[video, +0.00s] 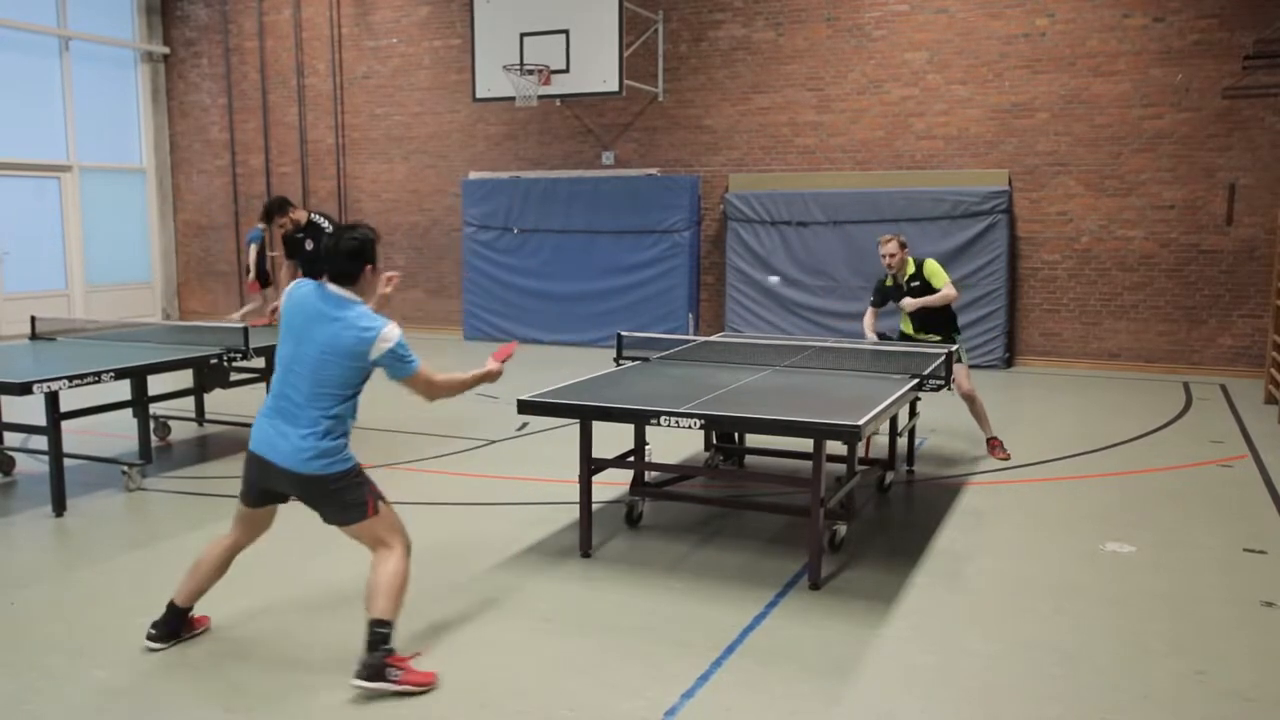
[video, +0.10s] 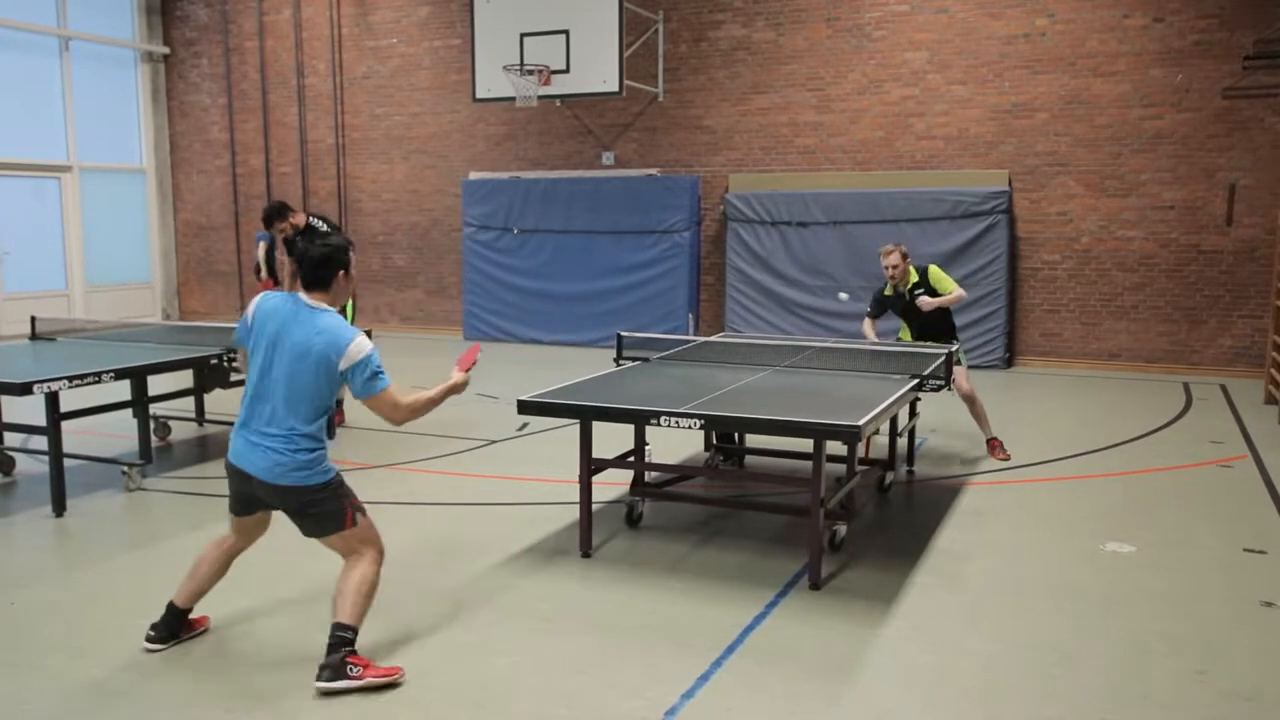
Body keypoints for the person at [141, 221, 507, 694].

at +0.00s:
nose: (382, 267)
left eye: (379, 261)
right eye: (377, 262)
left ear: (327, 266)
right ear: (366, 271)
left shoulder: (296, 294)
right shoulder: (376, 331)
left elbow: (337, 315)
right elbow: (431, 387)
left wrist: (369, 298)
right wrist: (485, 374)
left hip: (264, 451)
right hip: (321, 464)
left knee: (240, 532)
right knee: (392, 544)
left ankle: (169, 620)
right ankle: (377, 657)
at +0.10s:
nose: (354, 275)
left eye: (352, 267)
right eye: (352, 268)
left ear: (295, 268)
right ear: (341, 275)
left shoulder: (263, 306)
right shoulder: (346, 341)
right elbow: (397, 411)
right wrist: (449, 387)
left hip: (243, 460)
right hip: (299, 472)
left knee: (241, 532)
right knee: (365, 550)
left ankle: (169, 620)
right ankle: (339, 658)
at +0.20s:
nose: (353, 258)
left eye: (351, 250)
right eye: (351, 251)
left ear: (298, 252)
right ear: (338, 256)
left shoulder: (255, 288)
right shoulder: (341, 317)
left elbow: (216, 353)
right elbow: (377, 401)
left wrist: (259, 352)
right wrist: (434, 388)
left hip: (245, 447)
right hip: (303, 455)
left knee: (233, 527)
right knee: (363, 543)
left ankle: (170, 619)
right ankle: (343, 663)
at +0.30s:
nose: (362, 239)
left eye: (361, 231)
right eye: (361, 231)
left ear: (307, 227)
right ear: (348, 234)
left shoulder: (262, 266)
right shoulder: (343, 290)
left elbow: (222, 333)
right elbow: (367, 380)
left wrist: (271, 323)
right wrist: (426, 379)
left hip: (247, 420)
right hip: (301, 431)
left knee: (239, 512)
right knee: (357, 527)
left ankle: (191, 611)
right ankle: (349, 660)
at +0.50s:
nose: (389, 277)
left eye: (389, 267)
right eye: (387, 268)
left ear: (340, 266)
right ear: (367, 269)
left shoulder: (300, 297)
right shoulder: (342, 324)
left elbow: (291, 373)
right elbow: (332, 417)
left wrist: (355, 382)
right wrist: (404, 442)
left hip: (251, 449)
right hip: (295, 457)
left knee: (267, 536)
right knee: (374, 548)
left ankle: (196, 635)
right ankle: (363, 683)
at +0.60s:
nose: (418, 311)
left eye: (417, 301)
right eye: (413, 301)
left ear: (379, 302)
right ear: (390, 306)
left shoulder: (357, 340)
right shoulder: (330, 356)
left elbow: (374, 401)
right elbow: (285, 443)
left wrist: (433, 415)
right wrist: (331, 511)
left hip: (275, 475)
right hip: (291, 482)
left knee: (285, 553)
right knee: (394, 553)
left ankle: (200, 635)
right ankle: (402, 690)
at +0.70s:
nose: (450, 330)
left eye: (450, 321)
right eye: (445, 321)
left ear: (414, 323)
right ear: (416, 323)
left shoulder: (421, 366)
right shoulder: (340, 365)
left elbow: (429, 409)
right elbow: (271, 440)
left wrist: (475, 434)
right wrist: (278, 517)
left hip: (327, 476)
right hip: (313, 480)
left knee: (297, 561)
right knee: (417, 557)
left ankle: (204, 635)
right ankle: (406, 694)